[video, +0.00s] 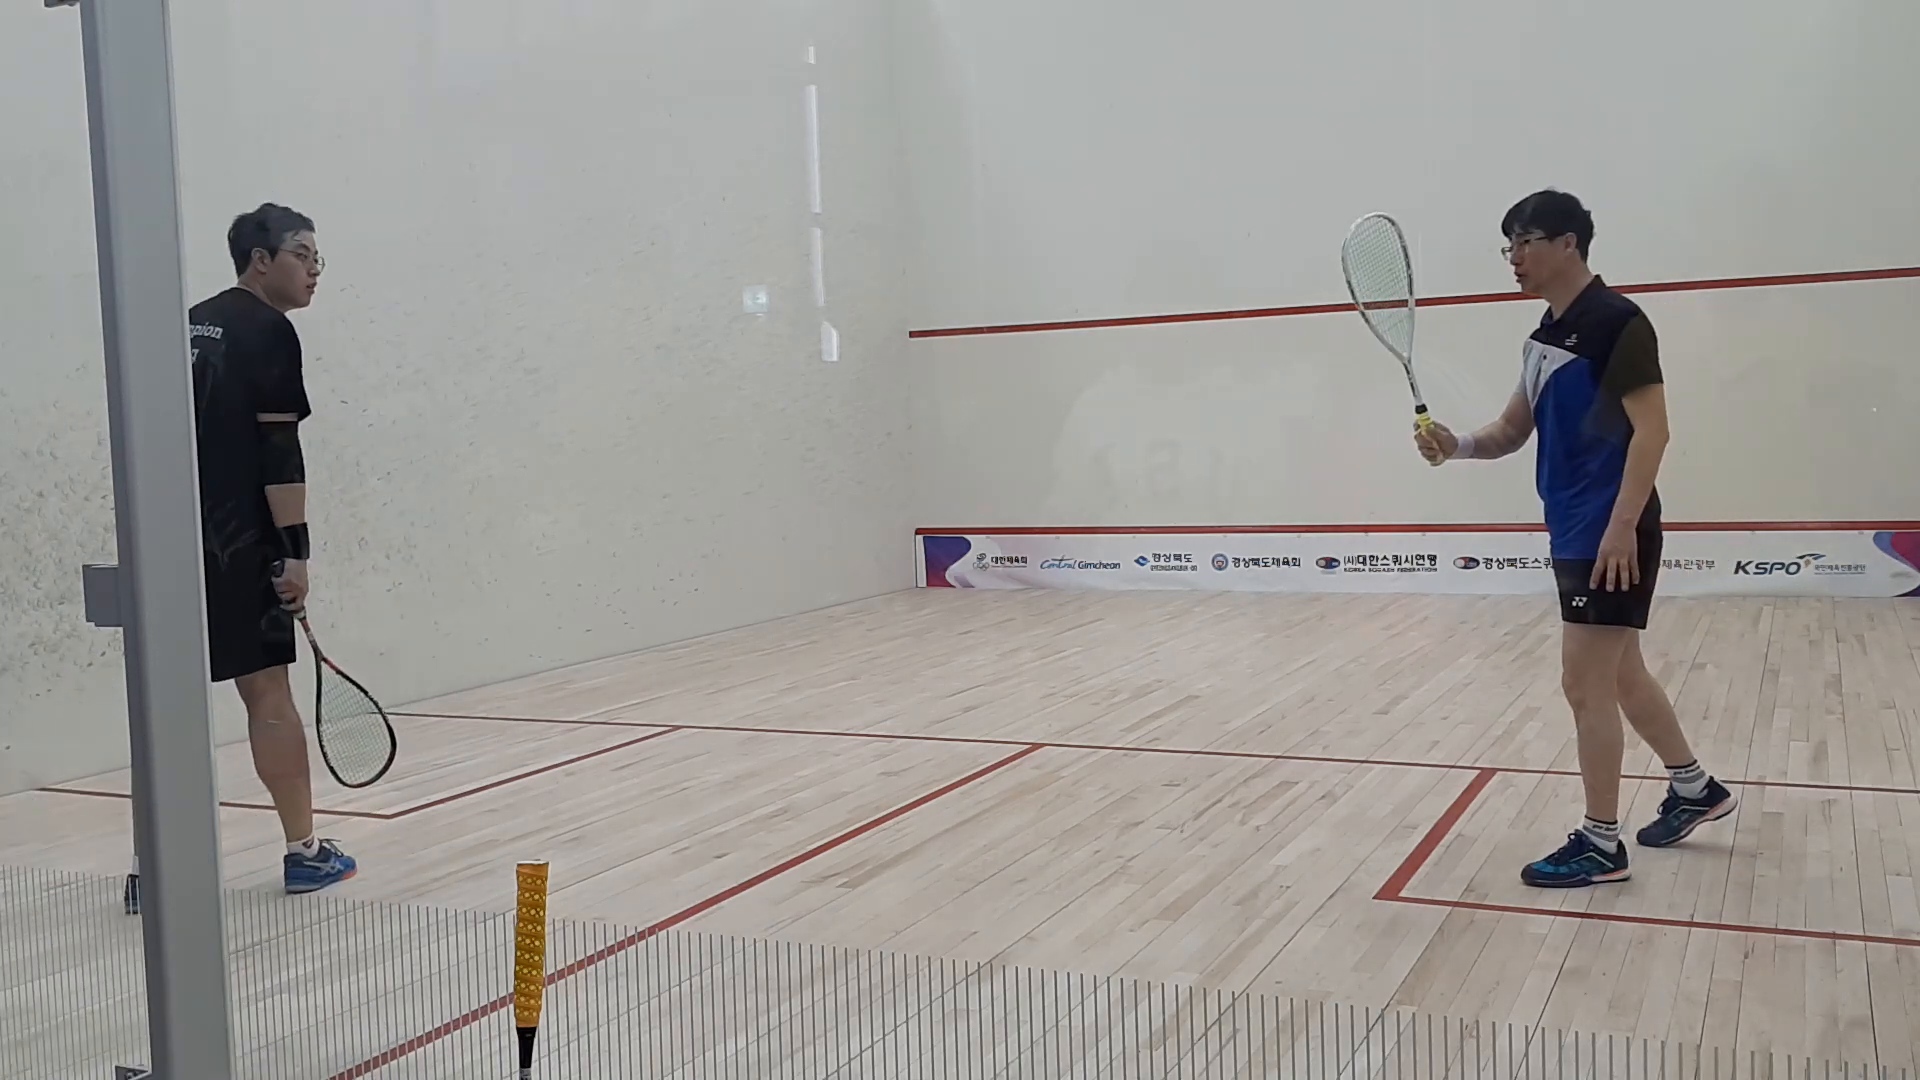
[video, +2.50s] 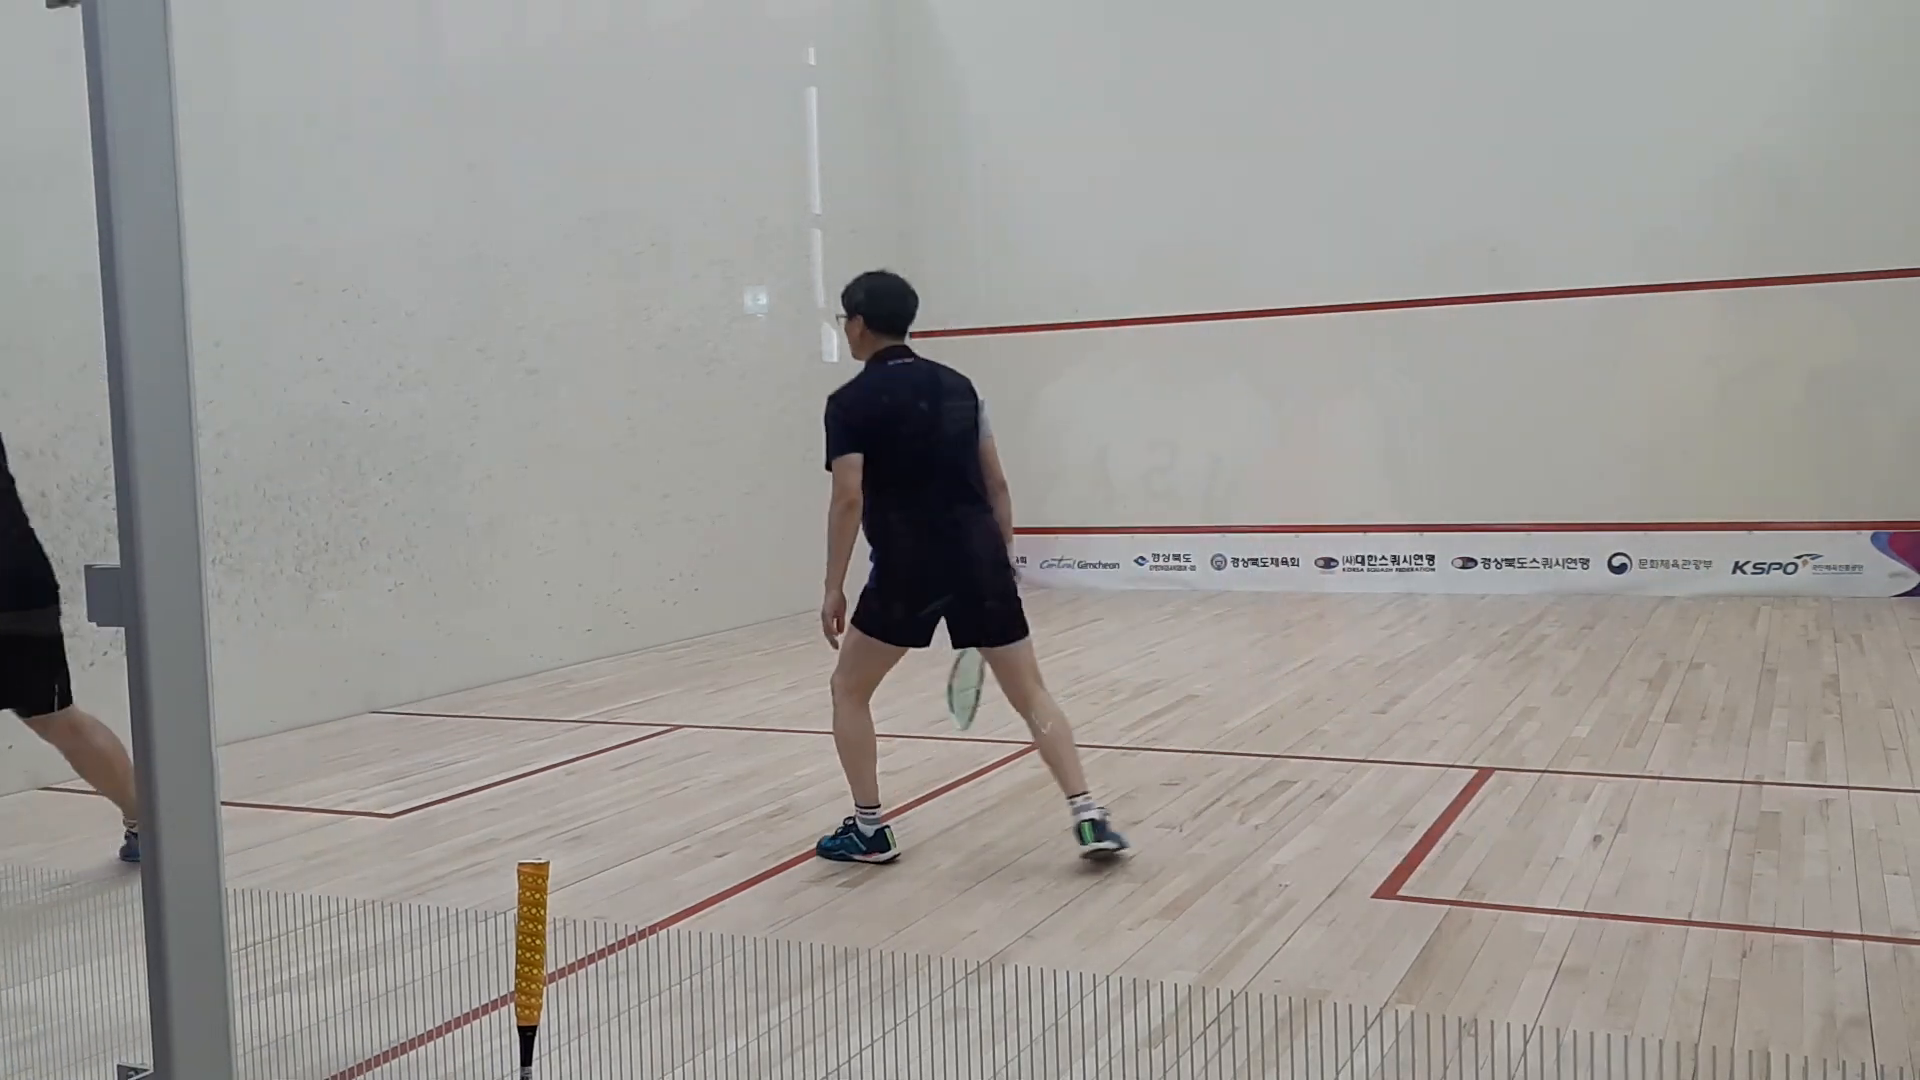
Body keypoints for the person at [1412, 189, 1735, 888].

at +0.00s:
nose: (1512, 259)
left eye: (1523, 245)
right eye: (1510, 247)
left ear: (1569, 245)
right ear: (1539, 253)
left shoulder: (1620, 323)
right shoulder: (1547, 334)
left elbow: (1653, 432)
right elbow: (1509, 431)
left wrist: (1623, 524)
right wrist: (1458, 444)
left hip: (1610, 533)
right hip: (1573, 533)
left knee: (1587, 684)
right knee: (1625, 676)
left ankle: (1602, 839)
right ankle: (1693, 783)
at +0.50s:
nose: (1464, 270)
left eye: (1473, 256)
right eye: (1464, 257)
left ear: (1515, 254)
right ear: (1503, 259)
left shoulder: (1584, 329)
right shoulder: (1504, 346)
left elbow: (1631, 437)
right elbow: (1462, 430)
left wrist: (1608, 532)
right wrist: (1387, 448)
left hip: (1595, 538)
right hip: (1557, 541)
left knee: (1579, 688)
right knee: (1614, 674)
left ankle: (1600, 838)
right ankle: (1683, 778)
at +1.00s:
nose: (1379, 296)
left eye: (1386, 281)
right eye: (1377, 283)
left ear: (1424, 275)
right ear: (1418, 279)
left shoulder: (1501, 341)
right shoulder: (1416, 352)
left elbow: (1458, 445)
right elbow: (1378, 437)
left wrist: (1358, 466)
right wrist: (1353, 400)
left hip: (1542, 546)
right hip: (1484, 545)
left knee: (1554, 692)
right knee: (1424, 659)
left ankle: (1601, 838)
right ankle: (1407, 805)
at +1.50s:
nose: (1186, 344)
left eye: (1187, 332)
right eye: (1185, 333)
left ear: (1209, 331)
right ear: (1234, 326)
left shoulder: (1273, 383)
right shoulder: (1242, 395)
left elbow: (1274, 487)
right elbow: (1214, 486)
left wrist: (1221, 557)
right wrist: (1176, 549)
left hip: (1357, 564)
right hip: (1322, 568)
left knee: (1394, 702)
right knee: (1261, 669)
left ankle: (1528, 796)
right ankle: (1281, 810)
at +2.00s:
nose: (1064, 319)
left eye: (1065, 310)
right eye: (1068, 308)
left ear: (1074, 315)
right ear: (1124, 309)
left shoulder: (1099, 378)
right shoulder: (1171, 364)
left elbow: (1090, 472)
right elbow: (1198, 458)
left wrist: (1064, 560)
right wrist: (1235, 523)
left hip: (1158, 556)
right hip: (1223, 548)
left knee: (1101, 677)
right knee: (1220, 678)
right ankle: (1278, 804)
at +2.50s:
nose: (844, 329)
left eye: (846, 320)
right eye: (846, 320)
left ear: (860, 326)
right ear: (905, 323)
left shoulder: (850, 402)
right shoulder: (955, 384)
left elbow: (848, 498)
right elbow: (994, 482)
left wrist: (834, 586)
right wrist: (1000, 557)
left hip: (907, 574)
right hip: (982, 563)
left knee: (850, 689)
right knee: (1033, 696)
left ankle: (868, 824)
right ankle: (1087, 812)